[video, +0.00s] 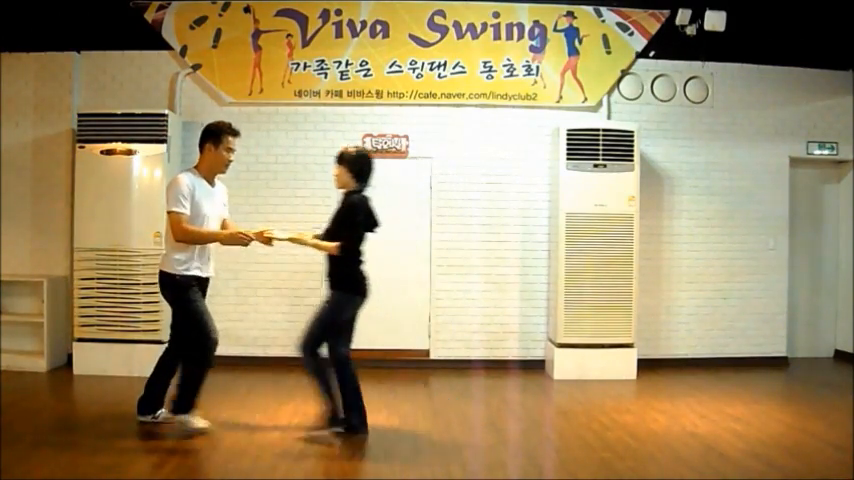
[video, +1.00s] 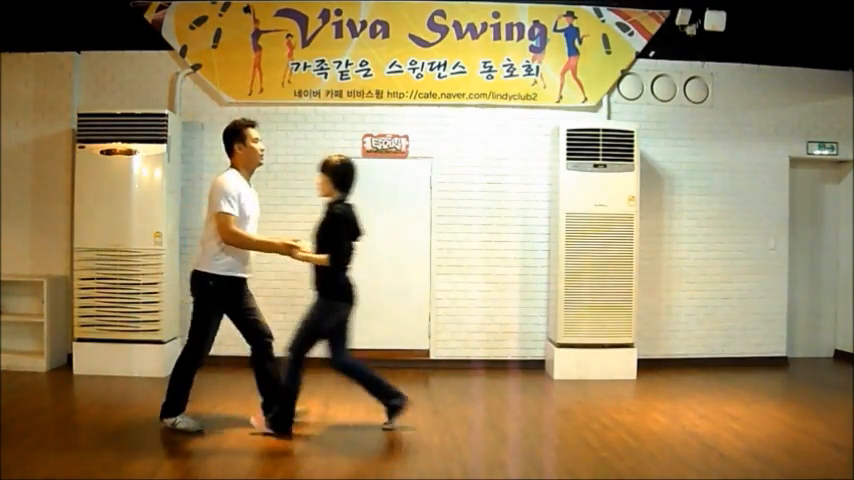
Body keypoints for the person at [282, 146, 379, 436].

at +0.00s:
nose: (335, 173)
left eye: (339, 169)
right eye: (337, 168)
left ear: (351, 173)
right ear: (356, 174)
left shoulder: (353, 204)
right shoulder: (356, 202)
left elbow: (339, 247)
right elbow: (334, 241)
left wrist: (307, 240)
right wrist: (307, 238)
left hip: (345, 291)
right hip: (350, 289)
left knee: (309, 345)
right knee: (339, 352)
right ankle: (355, 421)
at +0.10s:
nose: (313, 176)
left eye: (317, 171)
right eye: (315, 171)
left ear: (329, 176)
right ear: (335, 176)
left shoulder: (331, 208)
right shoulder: (334, 205)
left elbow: (319, 253)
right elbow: (318, 250)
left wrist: (278, 245)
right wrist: (280, 245)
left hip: (320, 295)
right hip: (327, 293)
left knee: (284, 349)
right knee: (323, 357)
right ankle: (353, 418)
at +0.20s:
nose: (292, 177)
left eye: (296, 172)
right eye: (294, 171)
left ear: (307, 178)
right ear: (313, 178)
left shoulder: (308, 211)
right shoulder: (314, 208)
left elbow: (296, 256)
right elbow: (298, 254)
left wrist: (260, 249)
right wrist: (264, 249)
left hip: (297, 295)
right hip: (305, 294)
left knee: (263, 351)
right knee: (288, 356)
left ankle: (269, 422)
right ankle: (338, 403)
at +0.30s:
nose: (275, 175)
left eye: (279, 170)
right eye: (278, 169)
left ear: (290, 176)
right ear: (297, 177)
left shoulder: (290, 210)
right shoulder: (299, 207)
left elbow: (280, 256)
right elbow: (282, 252)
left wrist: (248, 250)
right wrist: (253, 246)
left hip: (282, 294)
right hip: (289, 292)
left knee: (253, 351)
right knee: (258, 350)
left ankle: (268, 421)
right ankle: (306, 395)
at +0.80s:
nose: (274, 174)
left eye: (278, 169)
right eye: (276, 168)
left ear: (288, 175)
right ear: (296, 175)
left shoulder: (292, 207)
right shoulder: (297, 204)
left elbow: (304, 251)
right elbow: (297, 248)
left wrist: (266, 246)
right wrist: (265, 240)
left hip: (286, 292)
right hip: (291, 290)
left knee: (264, 354)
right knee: (270, 353)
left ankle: (277, 422)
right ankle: (306, 411)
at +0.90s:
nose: (293, 177)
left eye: (298, 172)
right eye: (296, 172)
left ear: (308, 179)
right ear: (317, 179)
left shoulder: (313, 211)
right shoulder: (316, 208)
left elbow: (318, 255)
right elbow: (312, 250)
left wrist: (281, 250)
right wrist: (283, 244)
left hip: (306, 295)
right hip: (312, 294)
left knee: (275, 351)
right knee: (298, 356)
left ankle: (277, 422)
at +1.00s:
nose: (317, 180)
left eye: (321, 175)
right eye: (319, 175)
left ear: (332, 181)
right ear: (340, 181)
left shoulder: (337, 214)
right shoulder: (340, 210)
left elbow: (337, 260)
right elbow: (338, 252)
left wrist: (300, 255)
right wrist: (305, 250)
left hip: (332, 298)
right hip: (339, 296)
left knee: (296, 350)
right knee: (339, 359)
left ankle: (280, 421)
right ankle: (392, 399)